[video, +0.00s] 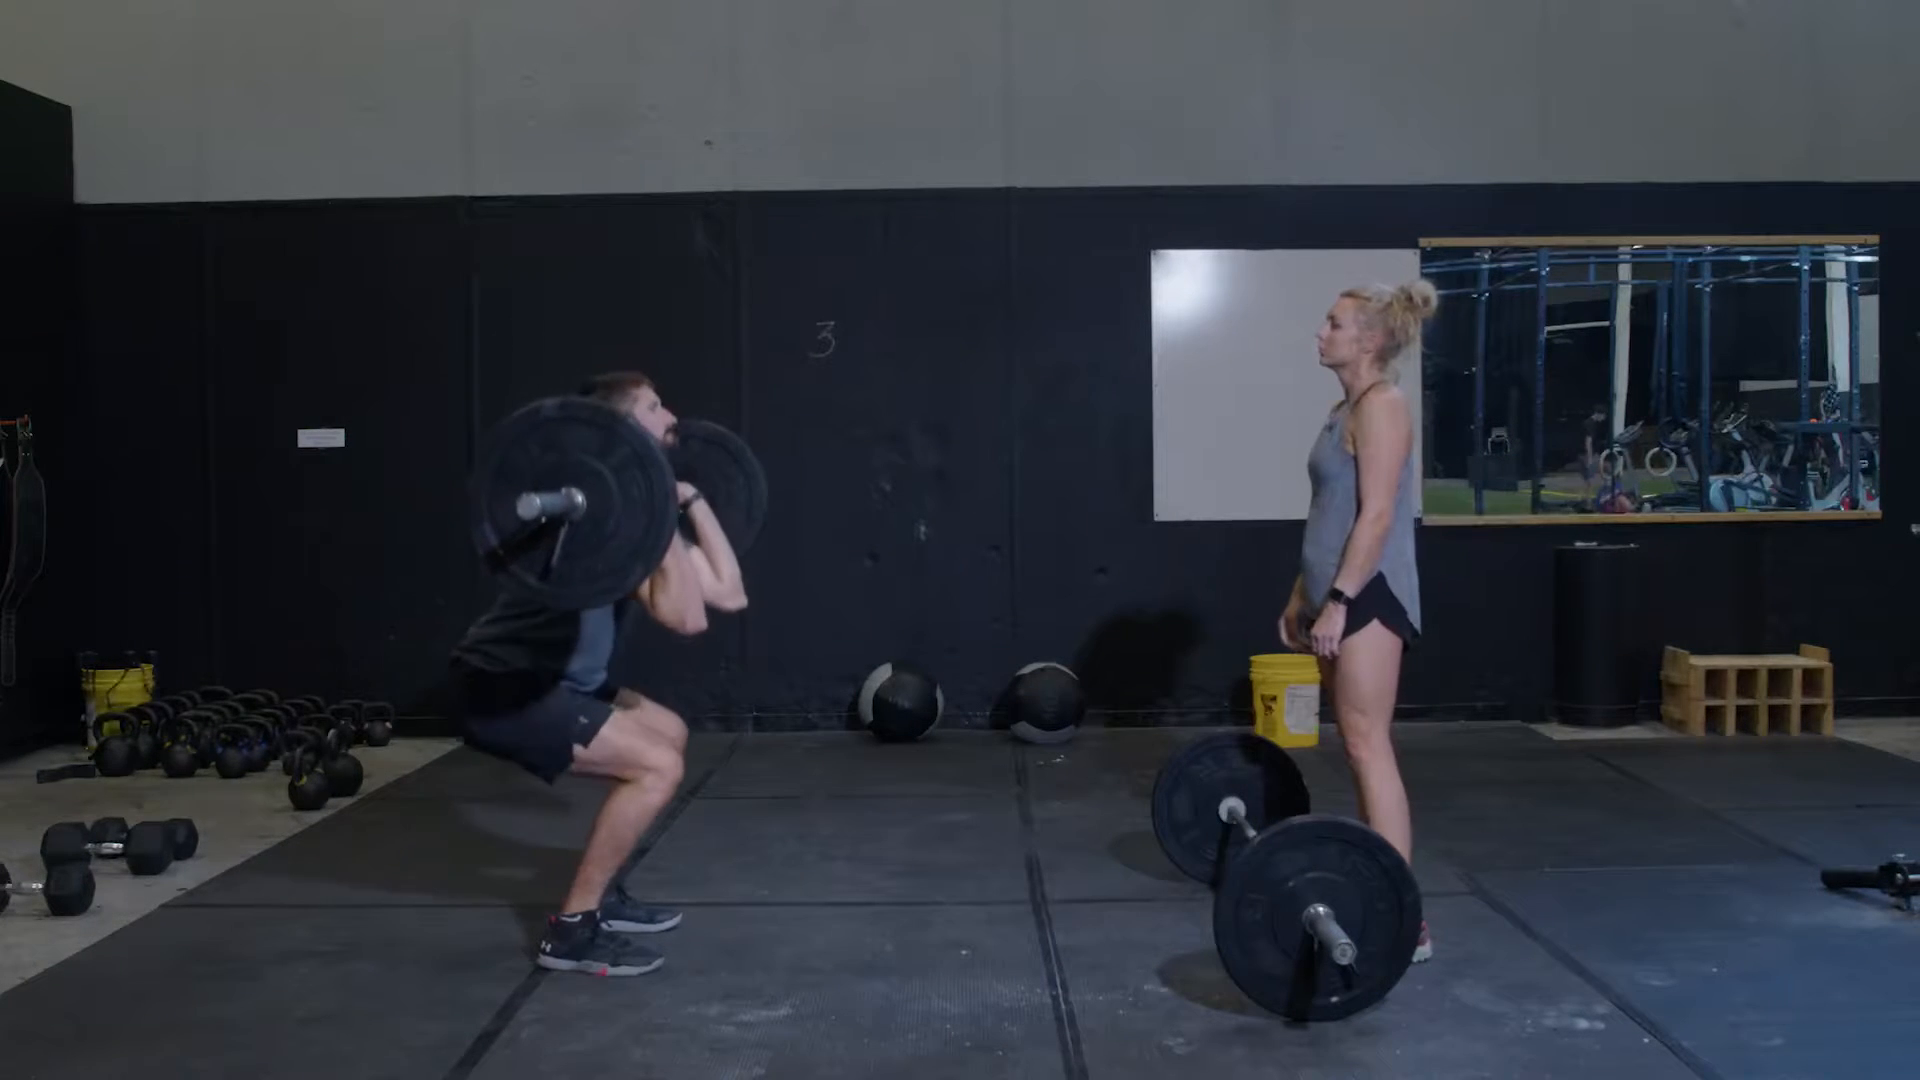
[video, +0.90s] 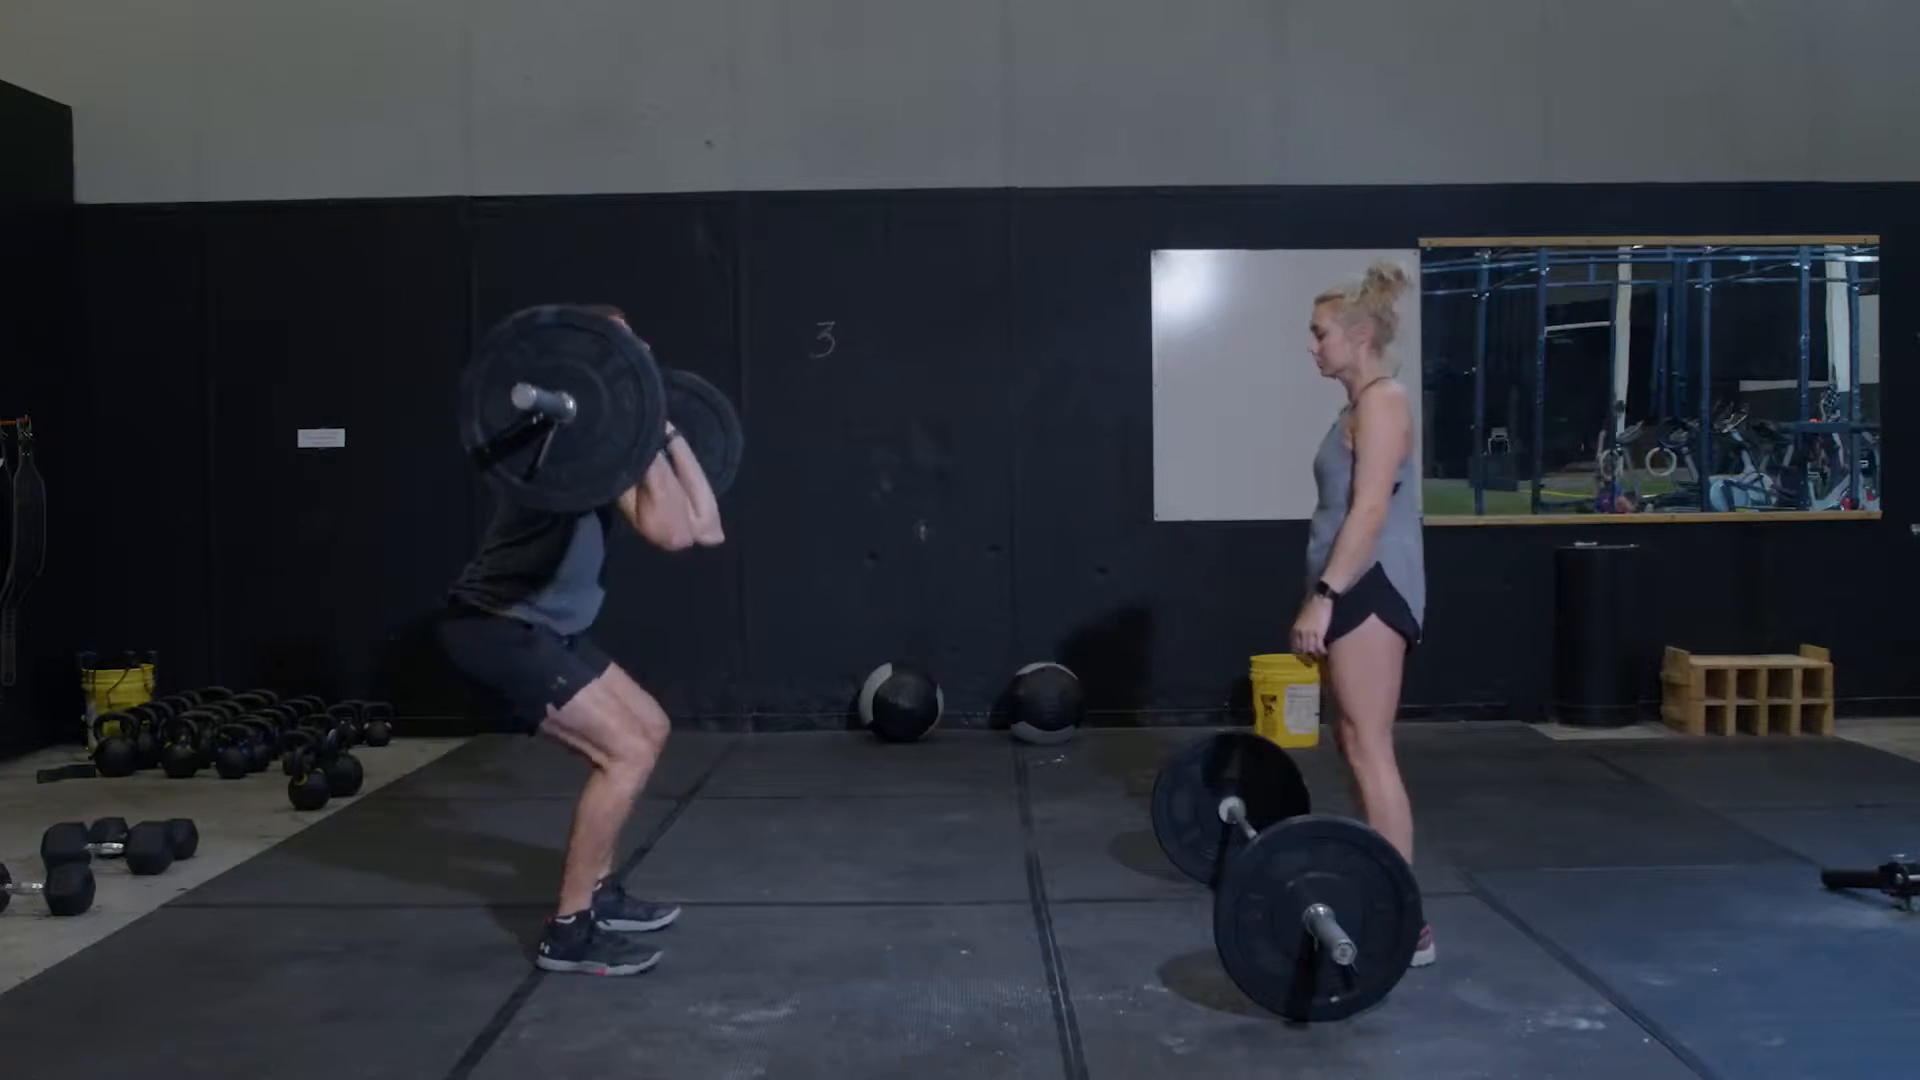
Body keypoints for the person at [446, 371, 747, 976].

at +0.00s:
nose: (670, 418)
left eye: (663, 407)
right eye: (654, 409)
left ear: (633, 430)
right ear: (619, 428)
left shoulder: (638, 503)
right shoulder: (604, 503)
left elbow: (730, 593)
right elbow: (685, 616)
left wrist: (693, 499)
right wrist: (665, 515)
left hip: (548, 678)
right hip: (507, 692)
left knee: (669, 732)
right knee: (657, 768)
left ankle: (602, 895)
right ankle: (571, 925)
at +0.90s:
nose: (635, 358)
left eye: (632, 346)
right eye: (617, 347)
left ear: (628, 362)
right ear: (583, 360)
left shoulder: (607, 428)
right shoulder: (566, 431)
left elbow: (708, 527)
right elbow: (669, 530)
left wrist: (660, 420)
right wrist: (635, 425)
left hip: (543, 625)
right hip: (496, 630)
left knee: (649, 729)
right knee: (628, 751)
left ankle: (596, 894)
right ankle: (569, 927)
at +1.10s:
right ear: (583, 306)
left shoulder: (616, 368)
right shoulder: (573, 359)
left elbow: (707, 431)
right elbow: (668, 429)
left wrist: (655, 341)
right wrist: (630, 341)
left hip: (585, 570)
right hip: (540, 565)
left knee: (634, 722)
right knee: (602, 737)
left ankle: (593, 892)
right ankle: (565, 924)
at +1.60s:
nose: (589, 262)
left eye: (597, 249)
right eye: (573, 251)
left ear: (605, 249)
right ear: (541, 251)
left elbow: (630, 398)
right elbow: (468, 410)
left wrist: (668, 380)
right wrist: (542, 373)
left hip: (620, 548)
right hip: (584, 552)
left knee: (605, 723)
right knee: (582, 730)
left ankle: (594, 892)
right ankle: (565, 922)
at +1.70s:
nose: (611, 266)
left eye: (612, 254)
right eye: (603, 252)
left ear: (574, 249)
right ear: (562, 246)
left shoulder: (574, 321)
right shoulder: (533, 307)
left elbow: (591, 412)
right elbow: (489, 374)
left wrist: (664, 440)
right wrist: (574, 425)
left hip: (611, 546)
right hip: (577, 549)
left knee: (610, 717)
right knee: (587, 725)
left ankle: (593, 891)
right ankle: (567, 922)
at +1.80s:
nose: (646, 272)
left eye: (648, 259)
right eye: (638, 257)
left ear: (612, 254)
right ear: (599, 250)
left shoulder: (604, 323)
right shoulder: (564, 313)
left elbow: (626, 438)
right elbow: (542, 412)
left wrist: (647, 523)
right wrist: (600, 510)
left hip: (613, 544)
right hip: (578, 548)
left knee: (610, 718)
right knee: (587, 724)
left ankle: (591, 891)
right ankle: (566, 920)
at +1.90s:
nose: (699, 295)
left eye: (702, 280)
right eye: (693, 277)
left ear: (660, 267)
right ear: (657, 264)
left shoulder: (638, 350)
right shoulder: (602, 343)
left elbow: (627, 471)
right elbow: (563, 463)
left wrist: (631, 566)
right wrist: (582, 580)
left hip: (598, 565)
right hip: (562, 567)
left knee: (603, 726)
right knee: (576, 733)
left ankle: (590, 892)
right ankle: (563, 924)